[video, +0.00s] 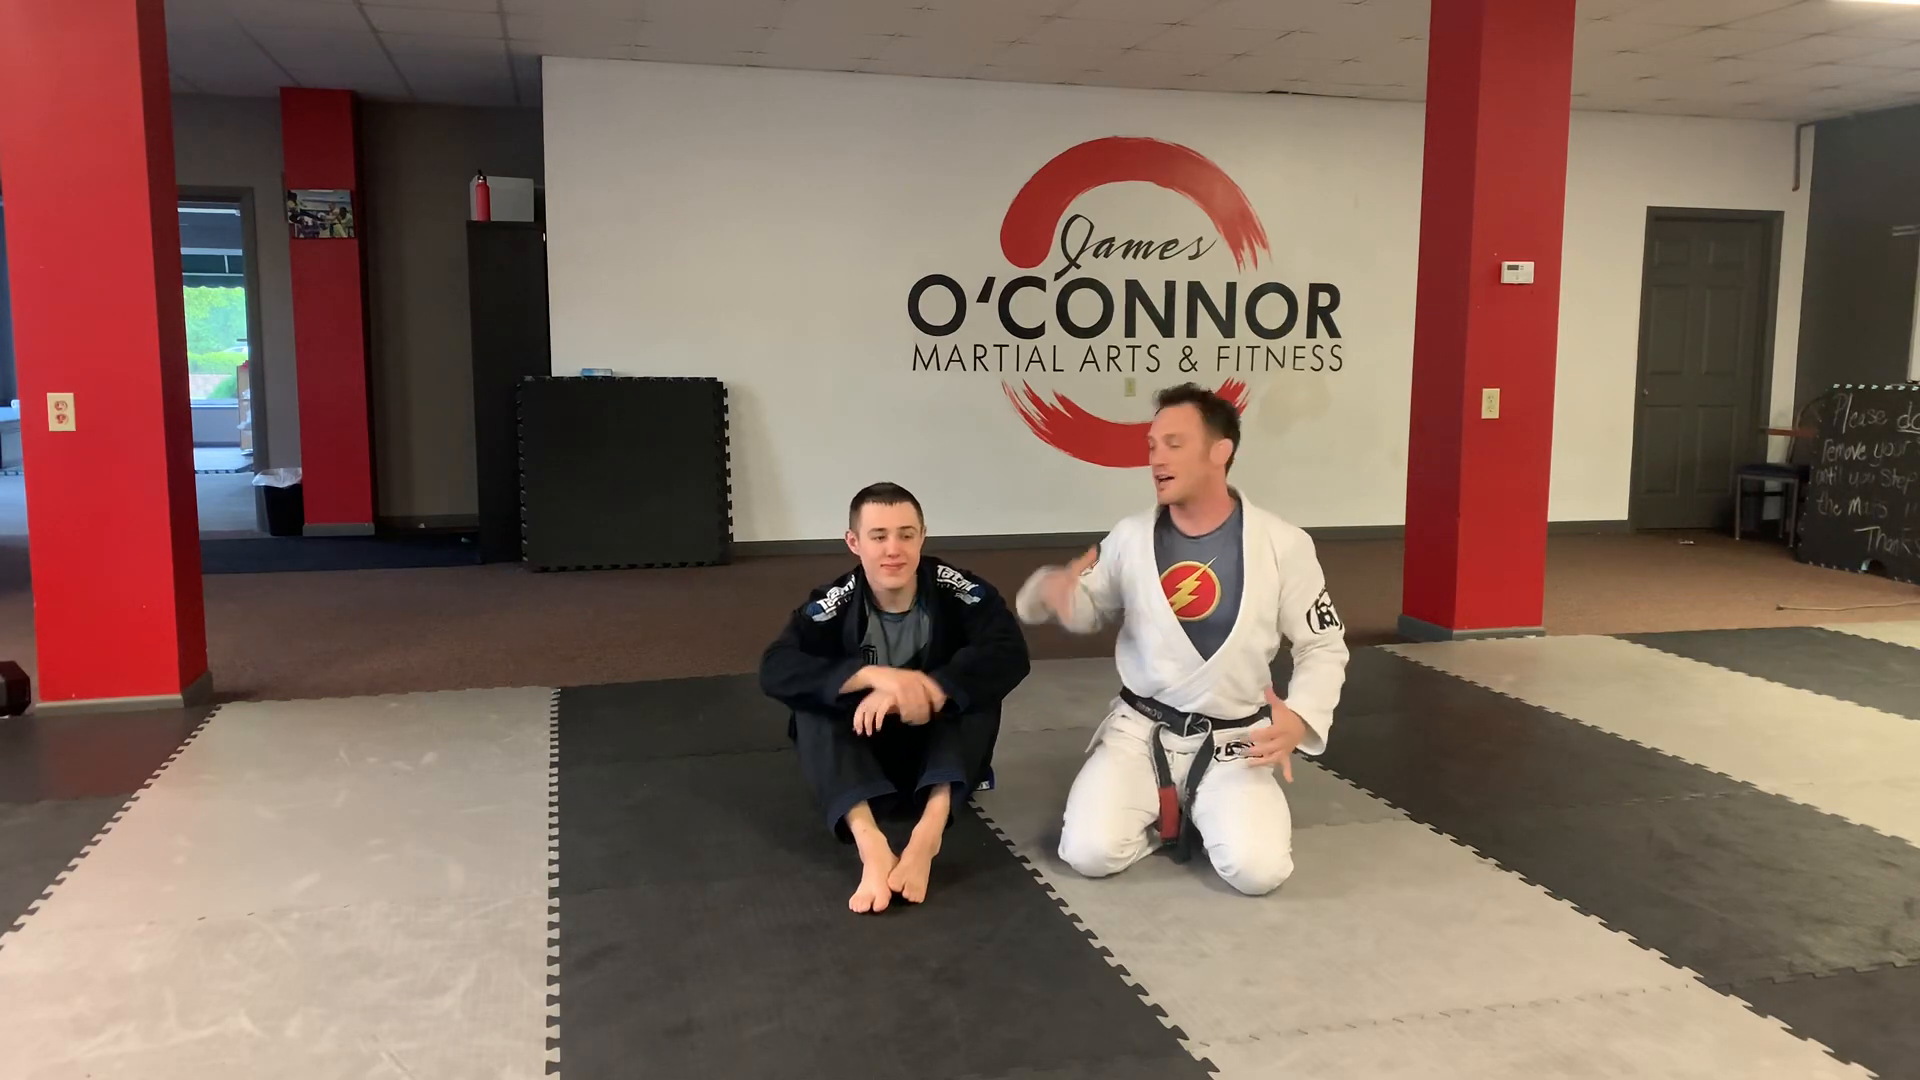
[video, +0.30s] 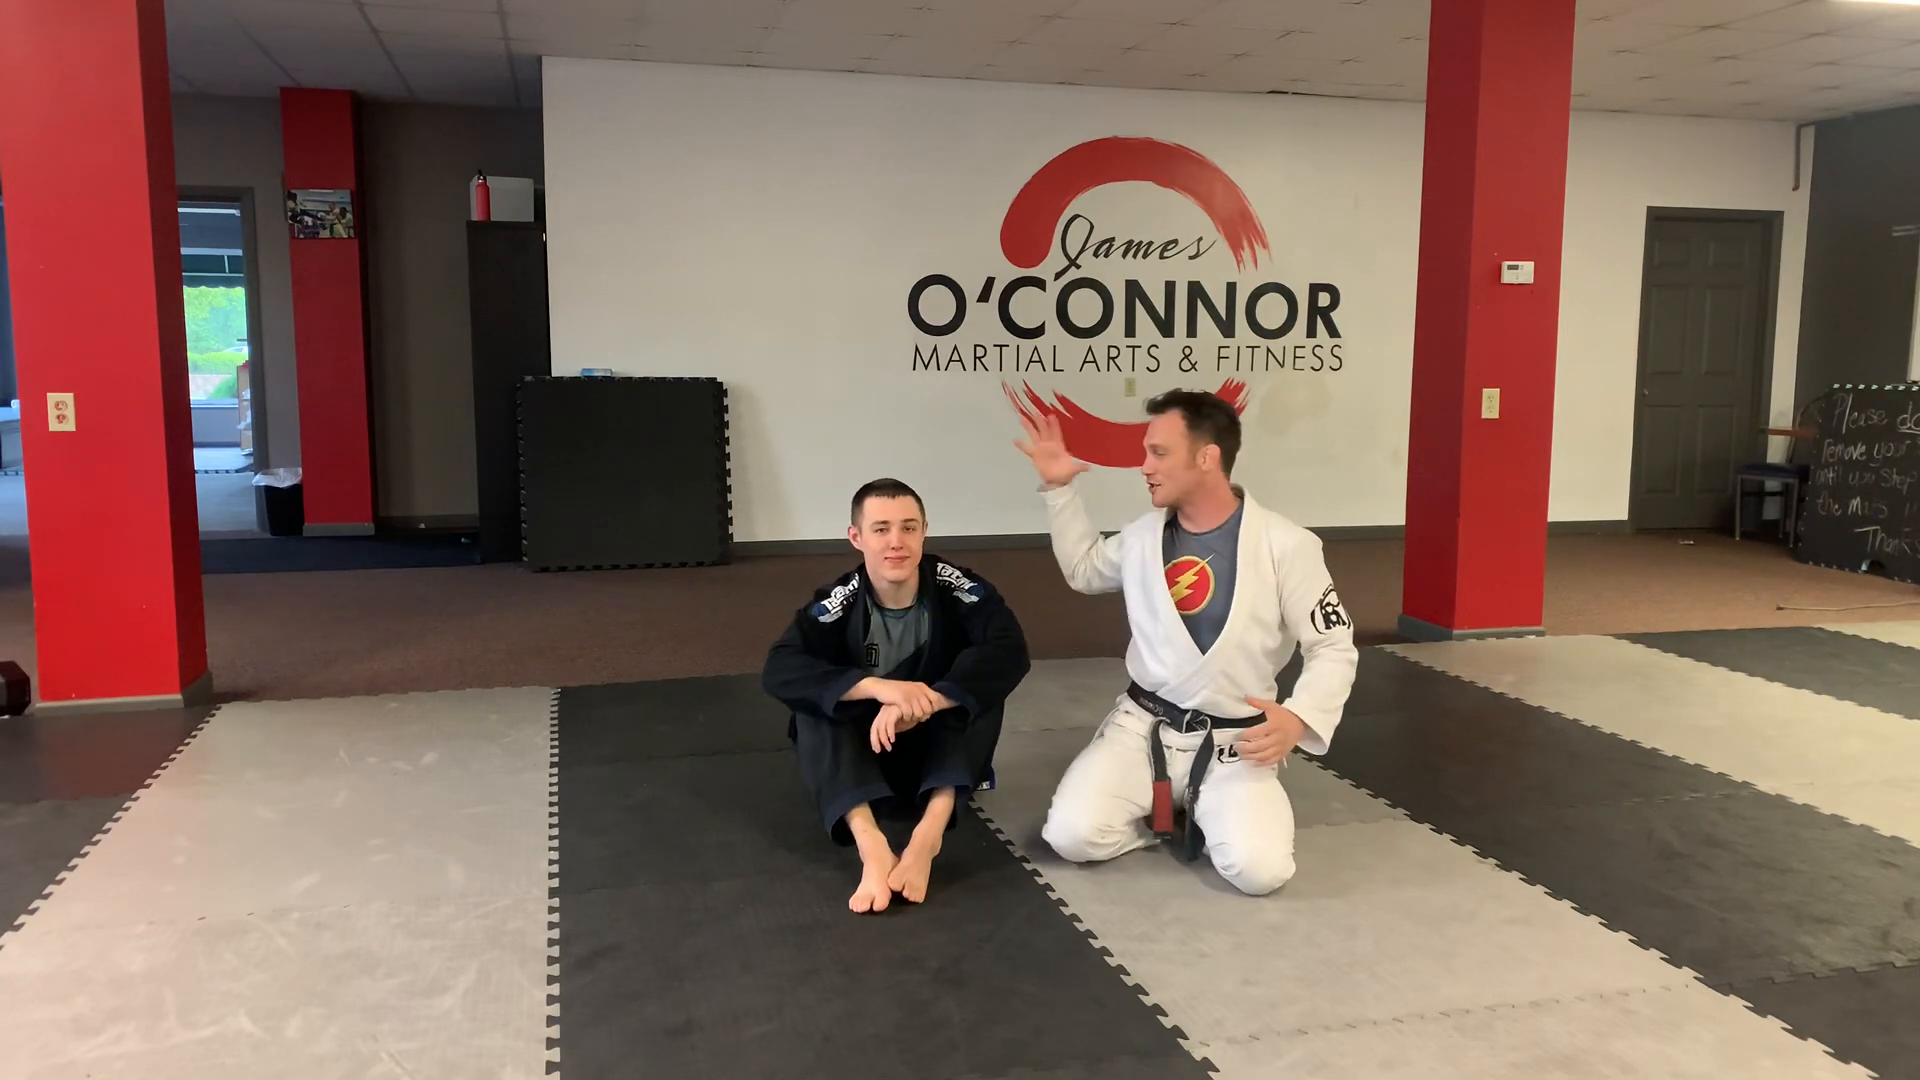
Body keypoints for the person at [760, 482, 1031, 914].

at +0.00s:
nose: (894, 549)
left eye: (906, 535)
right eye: (878, 537)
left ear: (921, 538)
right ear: (853, 543)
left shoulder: (962, 592)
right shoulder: (833, 603)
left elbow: (1009, 655)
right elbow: (776, 669)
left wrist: (912, 691)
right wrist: (871, 674)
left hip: (940, 755)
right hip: (860, 758)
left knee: (977, 691)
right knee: (813, 705)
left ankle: (929, 833)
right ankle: (870, 844)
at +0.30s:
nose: (897, 542)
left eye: (908, 528)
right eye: (881, 530)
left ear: (923, 533)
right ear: (856, 538)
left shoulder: (958, 588)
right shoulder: (837, 602)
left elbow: (1008, 652)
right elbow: (781, 669)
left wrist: (919, 701)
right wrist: (875, 687)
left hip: (937, 753)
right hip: (858, 756)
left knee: (980, 689)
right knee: (813, 702)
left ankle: (929, 836)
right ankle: (870, 844)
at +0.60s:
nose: (899, 546)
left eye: (910, 531)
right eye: (884, 533)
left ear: (925, 535)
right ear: (858, 540)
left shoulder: (962, 592)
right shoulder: (838, 602)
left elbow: (1010, 656)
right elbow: (783, 669)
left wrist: (919, 705)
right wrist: (878, 690)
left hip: (937, 753)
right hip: (858, 755)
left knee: (982, 690)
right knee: (815, 701)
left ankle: (929, 836)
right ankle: (871, 845)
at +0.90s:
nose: (905, 556)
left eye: (918, 542)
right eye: (891, 542)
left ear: (932, 542)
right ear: (863, 542)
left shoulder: (967, 595)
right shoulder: (840, 603)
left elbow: (1014, 657)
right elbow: (778, 668)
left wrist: (942, 681)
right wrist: (862, 669)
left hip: (941, 757)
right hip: (861, 758)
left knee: (979, 686)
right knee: (815, 702)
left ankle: (930, 832)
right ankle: (871, 844)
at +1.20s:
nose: (907, 557)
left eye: (919, 544)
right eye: (892, 543)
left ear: (932, 544)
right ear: (864, 542)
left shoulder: (967, 597)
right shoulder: (840, 604)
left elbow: (1015, 655)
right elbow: (778, 668)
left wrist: (937, 688)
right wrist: (860, 675)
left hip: (940, 758)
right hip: (861, 761)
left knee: (980, 689)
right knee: (815, 702)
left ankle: (930, 832)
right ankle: (871, 844)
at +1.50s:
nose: (904, 553)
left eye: (913, 537)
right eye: (887, 540)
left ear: (924, 536)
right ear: (857, 547)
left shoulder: (956, 594)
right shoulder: (836, 605)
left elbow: (1021, 655)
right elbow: (780, 670)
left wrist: (930, 705)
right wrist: (879, 692)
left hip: (937, 754)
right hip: (859, 757)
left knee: (990, 699)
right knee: (809, 709)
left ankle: (931, 834)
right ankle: (870, 846)